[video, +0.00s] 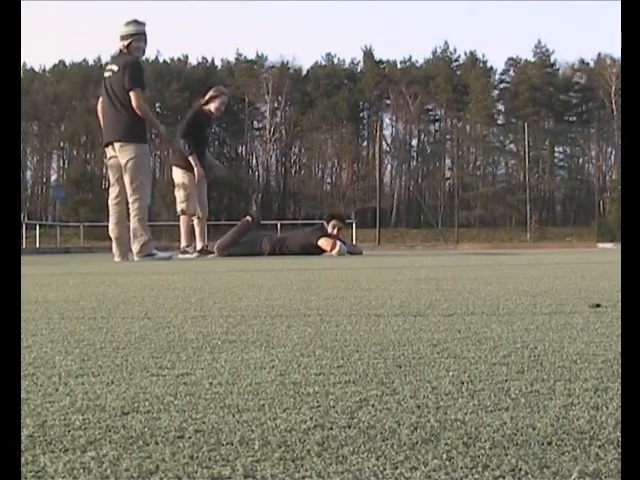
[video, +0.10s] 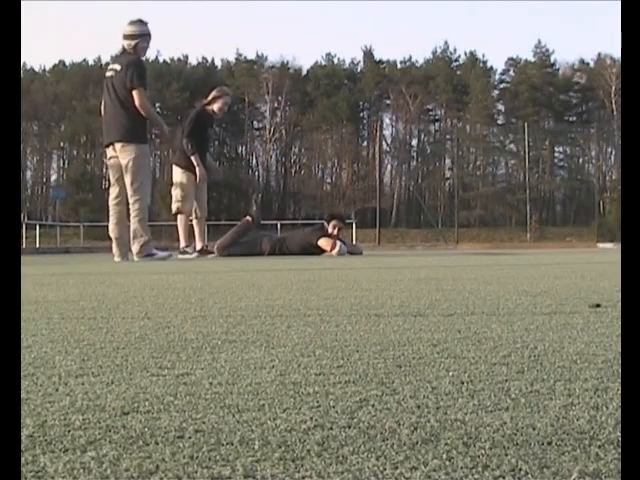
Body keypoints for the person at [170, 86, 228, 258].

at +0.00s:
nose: (221, 108)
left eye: (224, 105)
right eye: (220, 103)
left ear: (222, 105)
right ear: (210, 100)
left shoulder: (207, 119)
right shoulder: (196, 114)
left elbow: (200, 148)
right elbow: (183, 141)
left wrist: (214, 164)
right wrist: (196, 165)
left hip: (198, 167)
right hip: (183, 165)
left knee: (201, 211)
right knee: (186, 208)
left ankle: (201, 245)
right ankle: (184, 246)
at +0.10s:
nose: (224, 109)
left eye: (227, 106)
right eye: (223, 104)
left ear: (223, 105)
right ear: (213, 101)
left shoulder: (208, 119)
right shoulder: (197, 114)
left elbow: (201, 146)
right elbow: (187, 140)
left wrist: (208, 165)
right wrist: (198, 164)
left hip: (199, 166)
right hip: (183, 165)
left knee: (200, 209)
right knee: (184, 206)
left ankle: (201, 244)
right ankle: (183, 245)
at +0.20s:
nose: (225, 109)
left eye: (228, 106)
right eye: (224, 104)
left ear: (224, 105)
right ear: (215, 101)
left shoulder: (209, 118)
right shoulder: (198, 114)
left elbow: (201, 144)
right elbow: (187, 140)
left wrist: (204, 164)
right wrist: (198, 164)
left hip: (199, 165)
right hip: (184, 164)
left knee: (199, 208)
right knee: (183, 206)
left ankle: (200, 244)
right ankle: (184, 245)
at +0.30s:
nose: (227, 110)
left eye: (230, 107)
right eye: (226, 105)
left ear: (227, 107)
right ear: (217, 101)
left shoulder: (211, 120)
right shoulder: (200, 113)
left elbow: (202, 148)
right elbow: (187, 138)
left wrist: (209, 166)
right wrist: (197, 164)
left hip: (199, 166)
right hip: (184, 164)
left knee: (199, 207)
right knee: (183, 205)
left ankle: (200, 244)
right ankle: (184, 245)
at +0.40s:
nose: (227, 111)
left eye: (230, 108)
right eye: (226, 106)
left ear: (227, 107)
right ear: (218, 101)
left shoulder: (211, 119)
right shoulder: (201, 113)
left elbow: (202, 148)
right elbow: (187, 138)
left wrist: (209, 166)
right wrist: (197, 164)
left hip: (199, 166)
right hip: (184, 164)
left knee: (199, 207)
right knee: (183, 205)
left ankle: (200, 244)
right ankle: (184, 245)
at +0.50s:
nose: (228, 112)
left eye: (231, 109)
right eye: (228, 107)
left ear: (225, 106)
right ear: (219, 102)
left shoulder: (211, 119)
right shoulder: (201, 113)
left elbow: (202, 149)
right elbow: (188, 139)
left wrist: (210, 166)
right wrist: (198, 165)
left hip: (198, 167)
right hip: (185, 165)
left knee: (199, 208)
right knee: (184, 206)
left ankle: (200, 245)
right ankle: (184, 245)